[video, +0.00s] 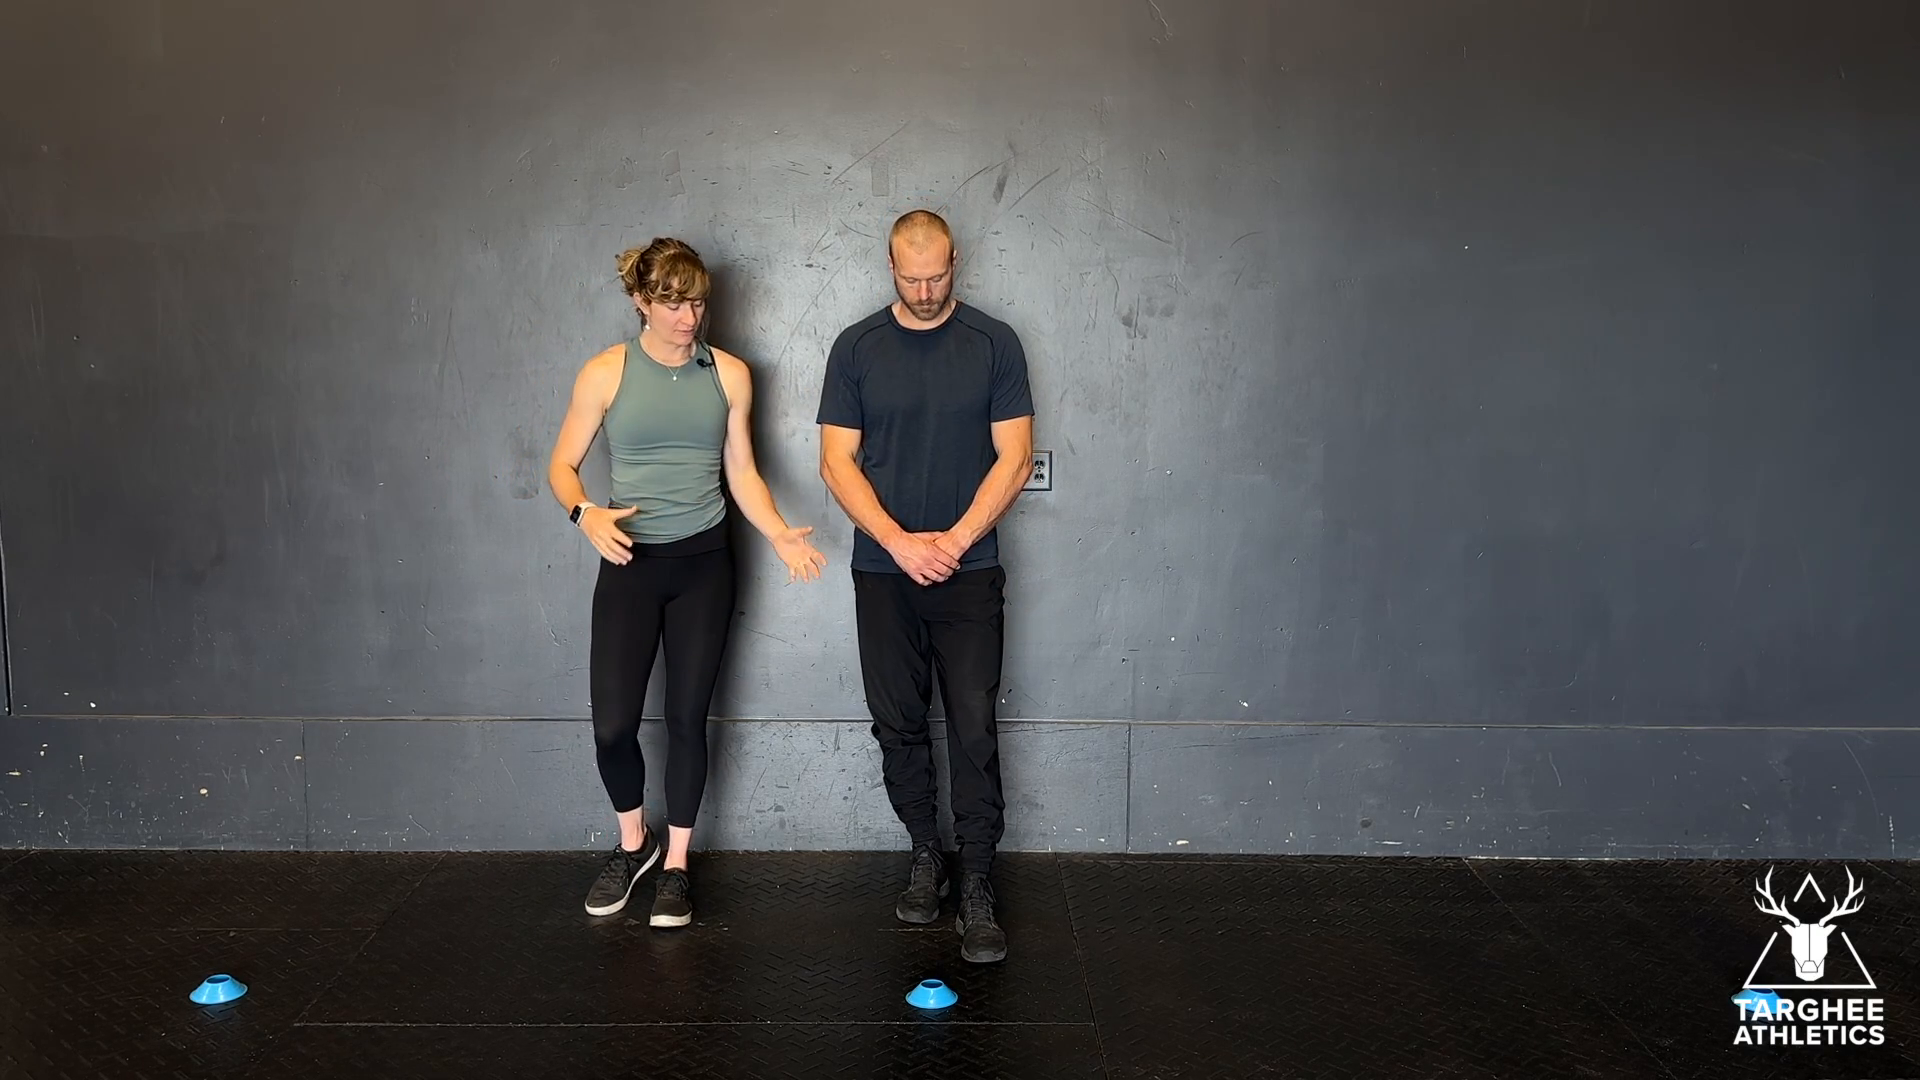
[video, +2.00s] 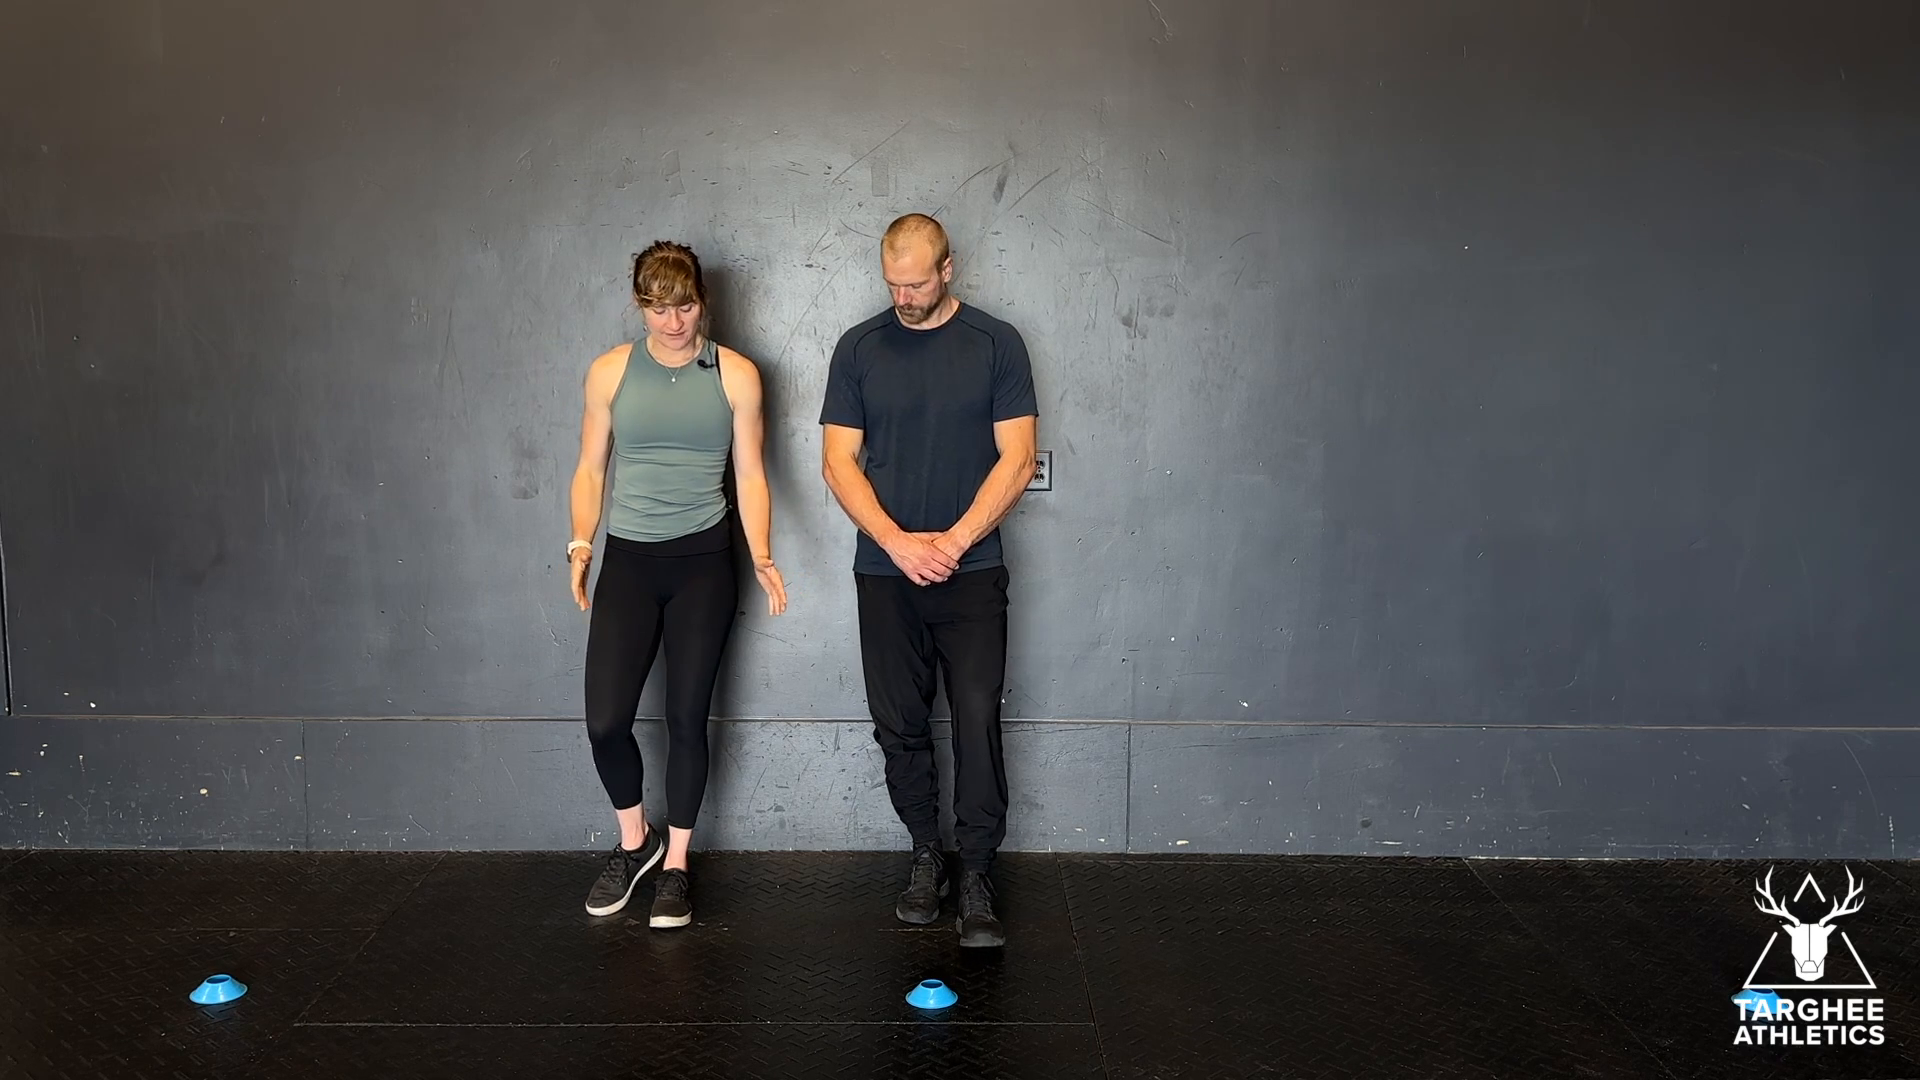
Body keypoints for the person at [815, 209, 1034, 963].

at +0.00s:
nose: (925, 289)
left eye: (936, 276)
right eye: (911, 278)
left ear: (953, 265)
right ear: (892, 269)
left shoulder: (993, 343)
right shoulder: (856, 347)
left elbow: (1015, 462)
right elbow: (836, 465)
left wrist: (953, 541)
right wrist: (897, 540)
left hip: (968, 570)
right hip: (885, 571)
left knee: (974, 728)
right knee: (900, 726)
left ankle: (977, 882)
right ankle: (929, 857)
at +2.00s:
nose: (905, 298)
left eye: (917, 286)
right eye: (895, 285)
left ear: (946, 270)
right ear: (882, 272)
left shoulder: (996, 344)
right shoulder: (859, 348)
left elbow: (1018, 462)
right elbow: (837, 462)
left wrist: (953, 541)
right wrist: (894, 539)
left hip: (971, 567)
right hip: (885, 567)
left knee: (977, 722)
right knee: (900, 723)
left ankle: (977, 875)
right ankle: (929, 856)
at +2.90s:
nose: (900, 301)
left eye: (912, 289)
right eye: (890, 289)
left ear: (938, 273)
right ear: (875, 276)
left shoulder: (988, 343)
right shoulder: (851, 348)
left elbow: (1012, 460)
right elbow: (830, 462)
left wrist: (948, 540)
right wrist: (888, 539)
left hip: (963, 564)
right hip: (878, 566)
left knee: (972, 716)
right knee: (895, 721)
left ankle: (975, 871)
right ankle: (926, 854)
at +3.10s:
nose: (900, 305)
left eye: (911, 293)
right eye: (889, 293)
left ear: (939, 274)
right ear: (874, 278)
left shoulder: (988, 343)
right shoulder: (851, 347)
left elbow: (1011, 460)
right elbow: (831, 462)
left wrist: (947, 538)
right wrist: (886, 538)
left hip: (963, 567)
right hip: (879, 568)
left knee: (972, 716)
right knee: (895, 722)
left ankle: (975, 874)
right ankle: (926, 854)